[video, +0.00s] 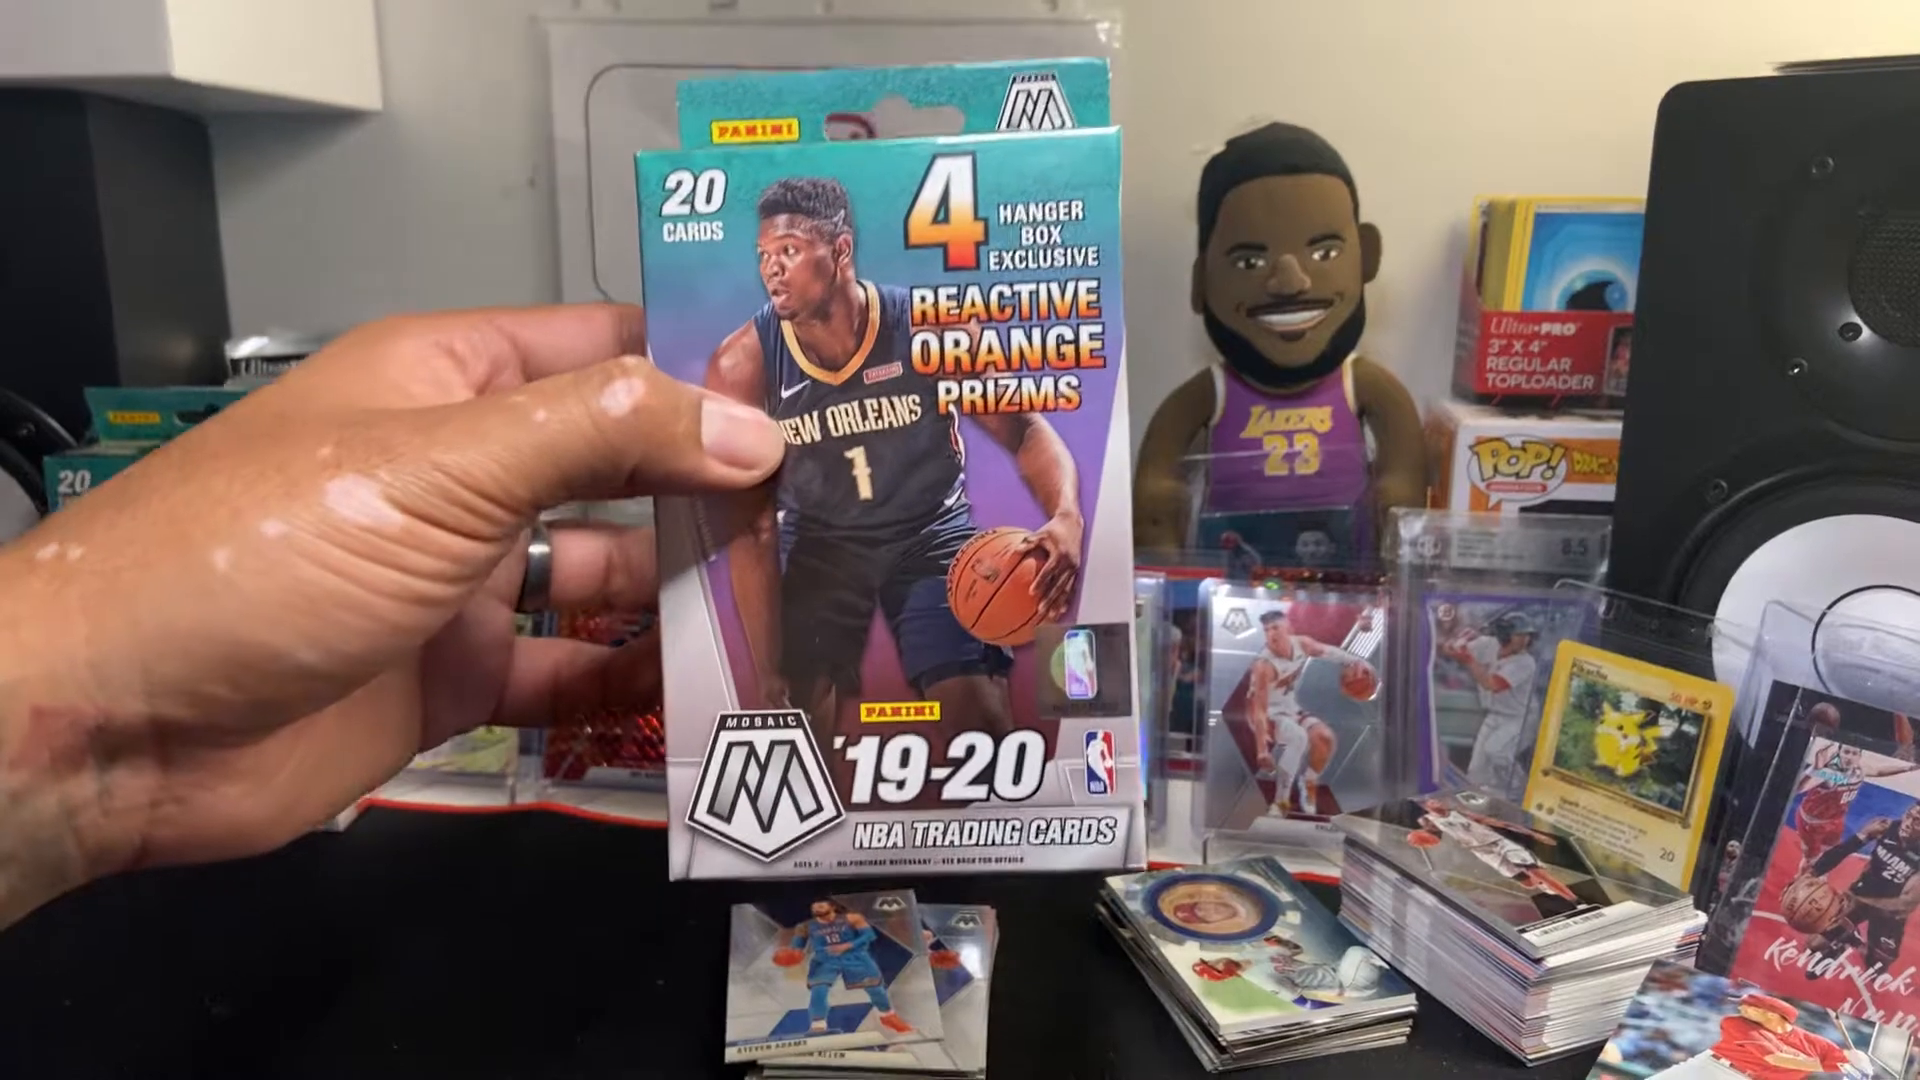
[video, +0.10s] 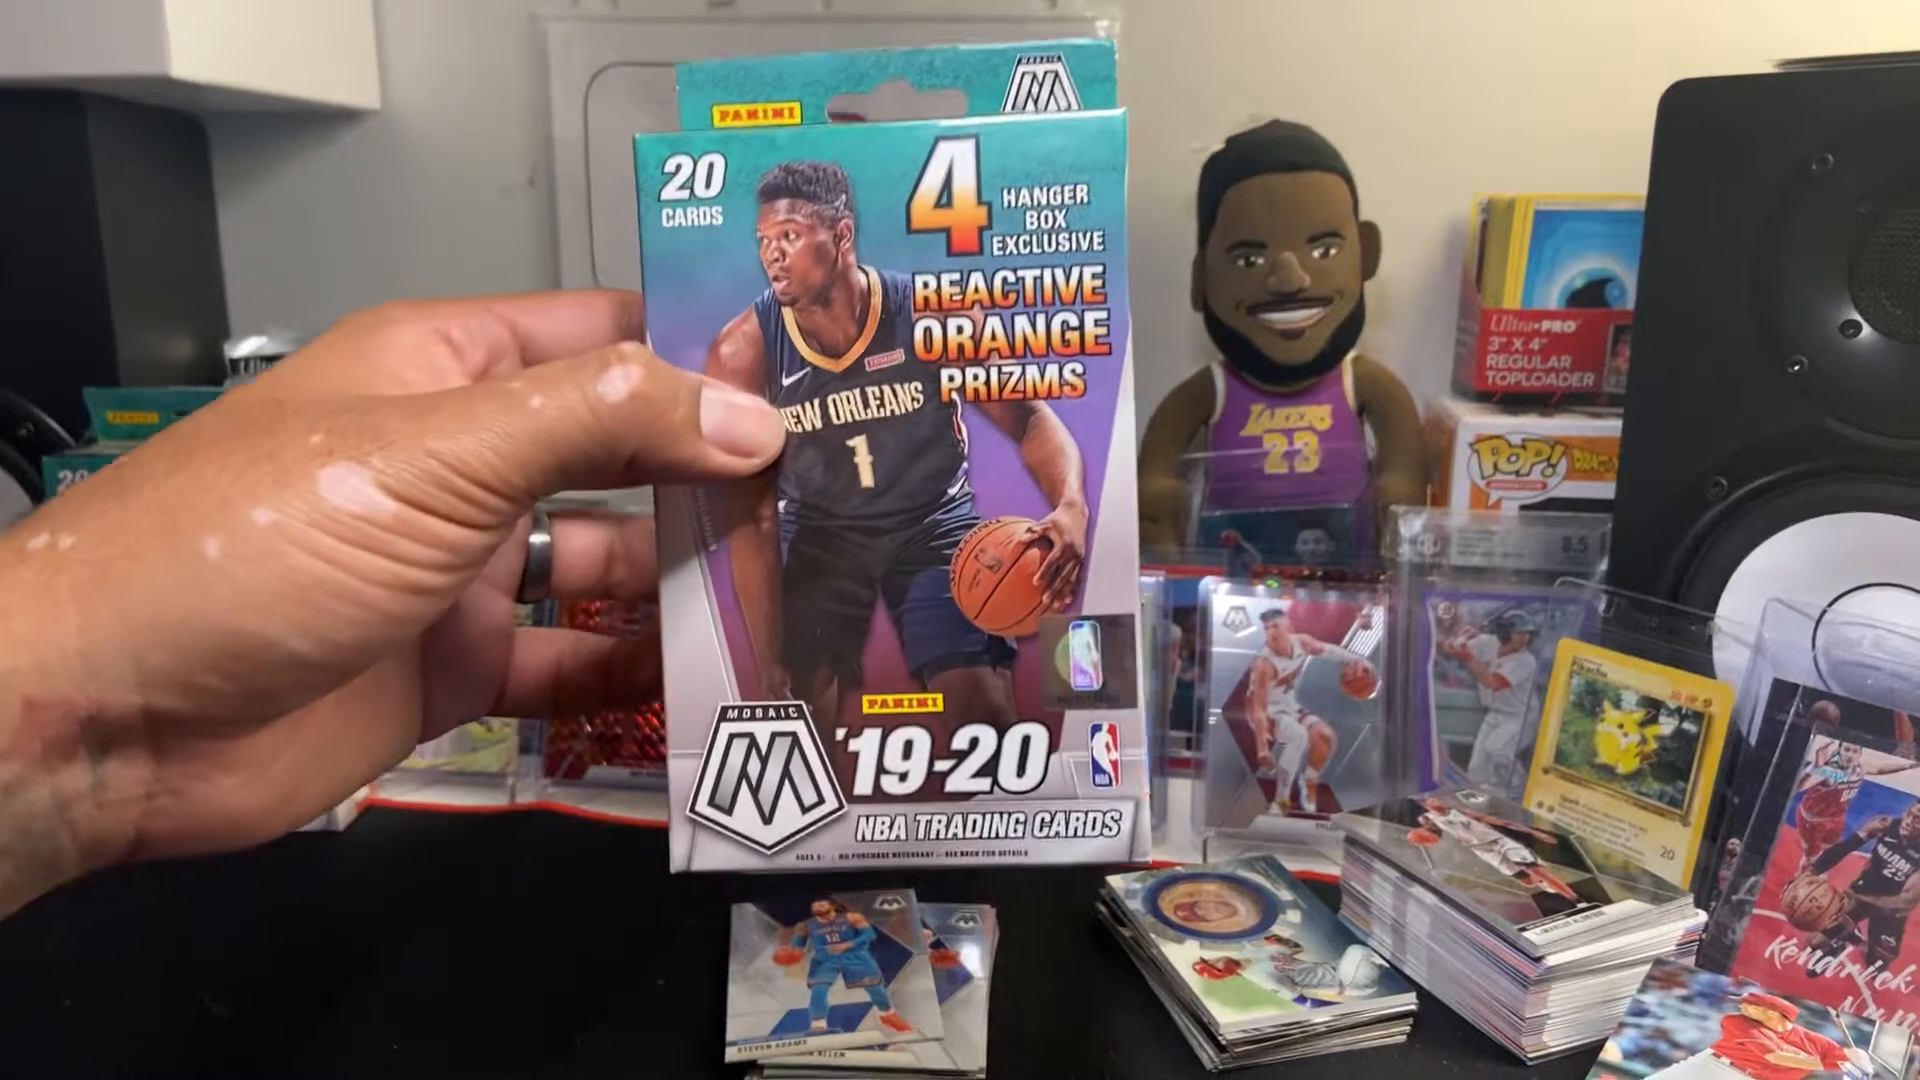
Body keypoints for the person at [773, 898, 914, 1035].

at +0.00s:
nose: (822, 919)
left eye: (825, 914)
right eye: (818, 916)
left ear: (833, 909)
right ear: (813, 913)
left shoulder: (852, 918)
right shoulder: (808, 926)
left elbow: (869, 935)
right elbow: (798, 944)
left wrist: (847, 946)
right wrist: (793, 954)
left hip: (855, 958)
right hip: (826, 961)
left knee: (875, 986)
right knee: (818, 991)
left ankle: (888, 1016)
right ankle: (818, 1028)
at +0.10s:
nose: (821, 913)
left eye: (824, 908)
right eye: (817, 909)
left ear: (832, 906)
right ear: (813, 911)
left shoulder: (852, 918)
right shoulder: (808, 926)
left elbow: (870, 934)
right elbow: (798, 942)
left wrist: (847, 945)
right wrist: (793, 953)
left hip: (855, 957)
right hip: (826, 961)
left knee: (875, 984)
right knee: (818, 990)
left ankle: (888, 1015)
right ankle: (818, 1028)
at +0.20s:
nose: (821, 917)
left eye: (824, 912)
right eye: (817, 914)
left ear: (832, 908)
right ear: (813, 914)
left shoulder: (852, 920)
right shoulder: (809, 928)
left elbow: (870, 936)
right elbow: (798, 943)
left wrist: (848, 947)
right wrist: (794, 954)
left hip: (856, 959)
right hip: (826, 963)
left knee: (875, 987)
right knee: (819, 992)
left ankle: (888, 1017)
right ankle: (818, 1031)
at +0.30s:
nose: (821, 913)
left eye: (824, 908)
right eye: (817, 910)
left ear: (832, 906)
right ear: (812, 912)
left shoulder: (852, 919)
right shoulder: (807, 927)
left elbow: (869, 935)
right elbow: (797, 945)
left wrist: (847, 946)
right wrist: (792, 955)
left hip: (855, 959)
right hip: (826, 962)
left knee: (875, 987)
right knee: (818, 991)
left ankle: (888, 1016)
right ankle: (818, 1029)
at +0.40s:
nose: (823, 917)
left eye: (826, 912)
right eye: (819, 914)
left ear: (833, 908)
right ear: (814, 914)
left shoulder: (852, 918)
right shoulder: (808, 926)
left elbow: (869, 934)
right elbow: (797, 944)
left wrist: (847, 945)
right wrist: (793, 953)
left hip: (855, 958)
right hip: (826, 962)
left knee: (875, 987)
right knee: (818, 991)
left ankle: (889, 1016)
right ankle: (818, 1029)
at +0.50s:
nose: (825, 921)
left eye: (827, 916)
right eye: (820, 918)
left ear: (834, 911)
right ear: (814, 917)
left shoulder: (852, 921)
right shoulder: (809, 929)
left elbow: (870, 937)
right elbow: (797, 949)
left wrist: (848, 948)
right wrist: (792, 957)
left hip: (856, 960)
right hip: (826, 964)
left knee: (876, 990)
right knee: (819, 992)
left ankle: (889, 1018)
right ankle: (818, 1032)